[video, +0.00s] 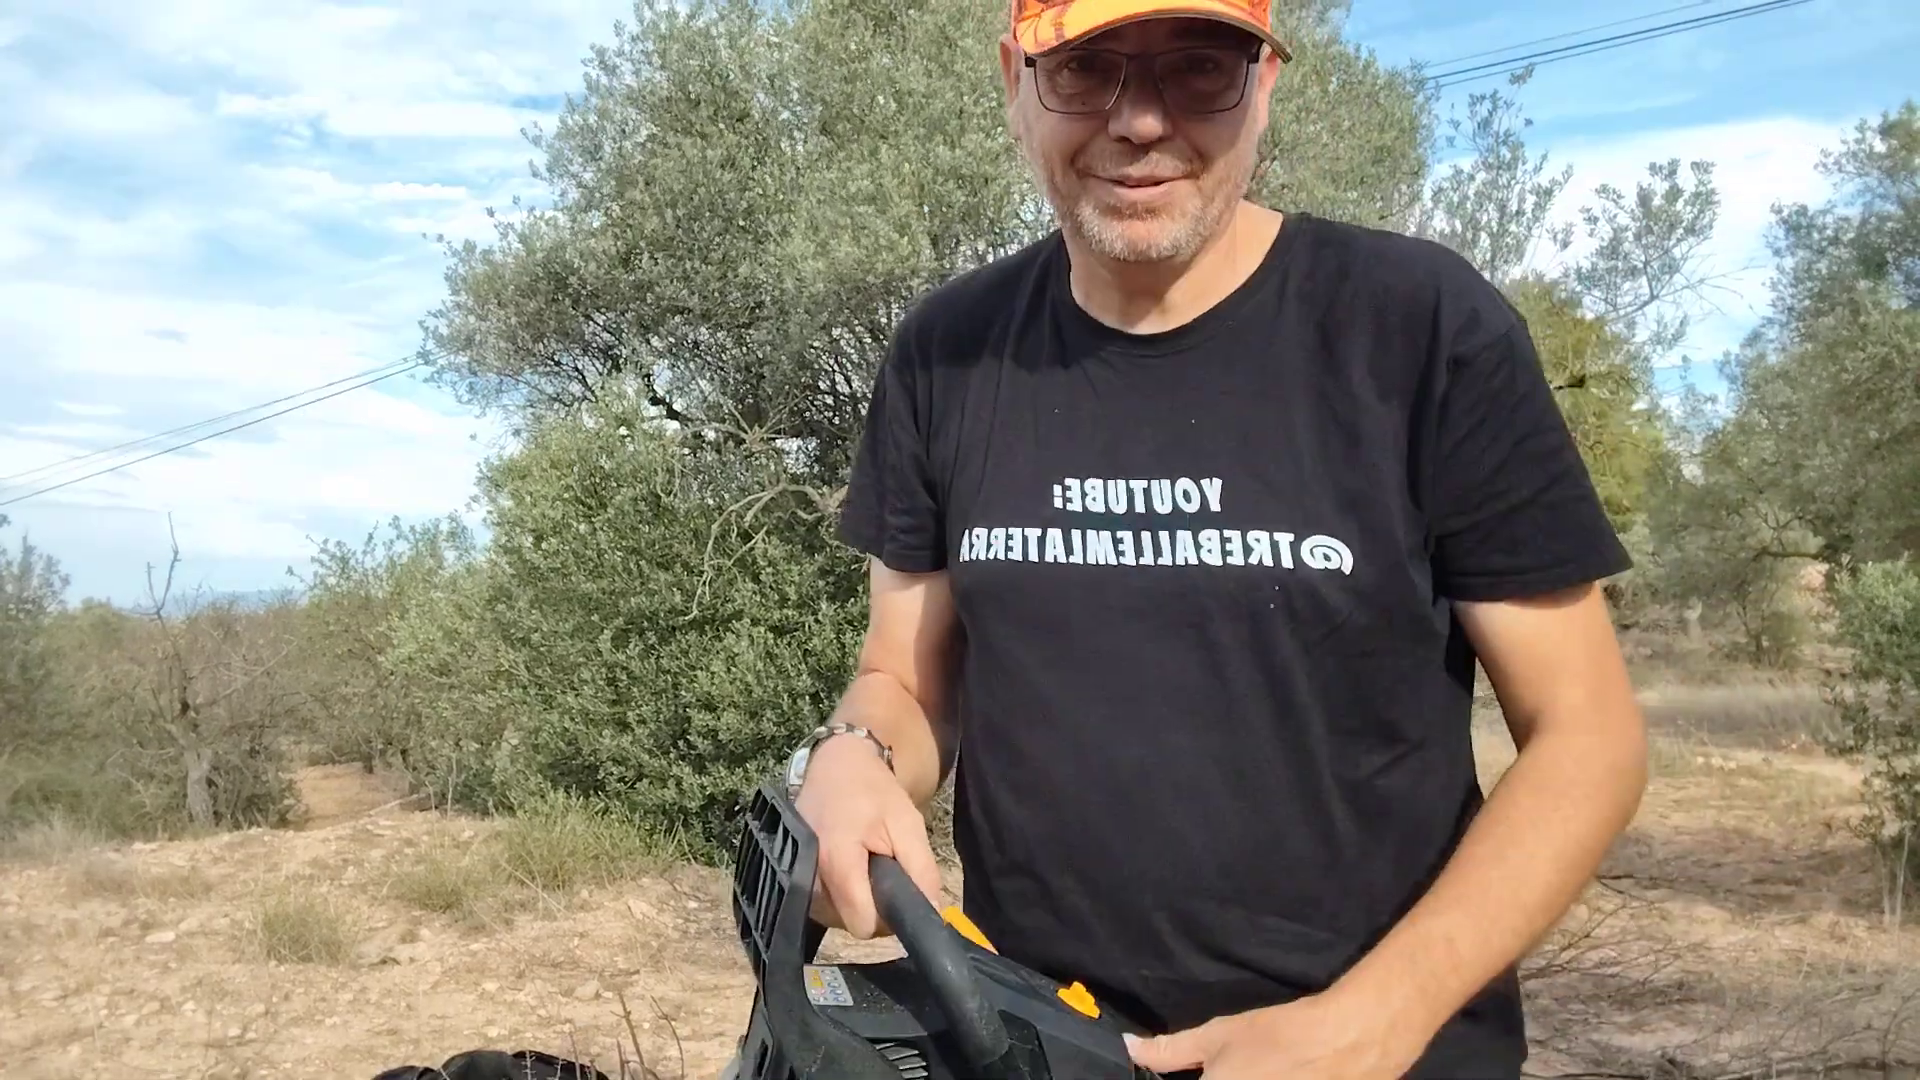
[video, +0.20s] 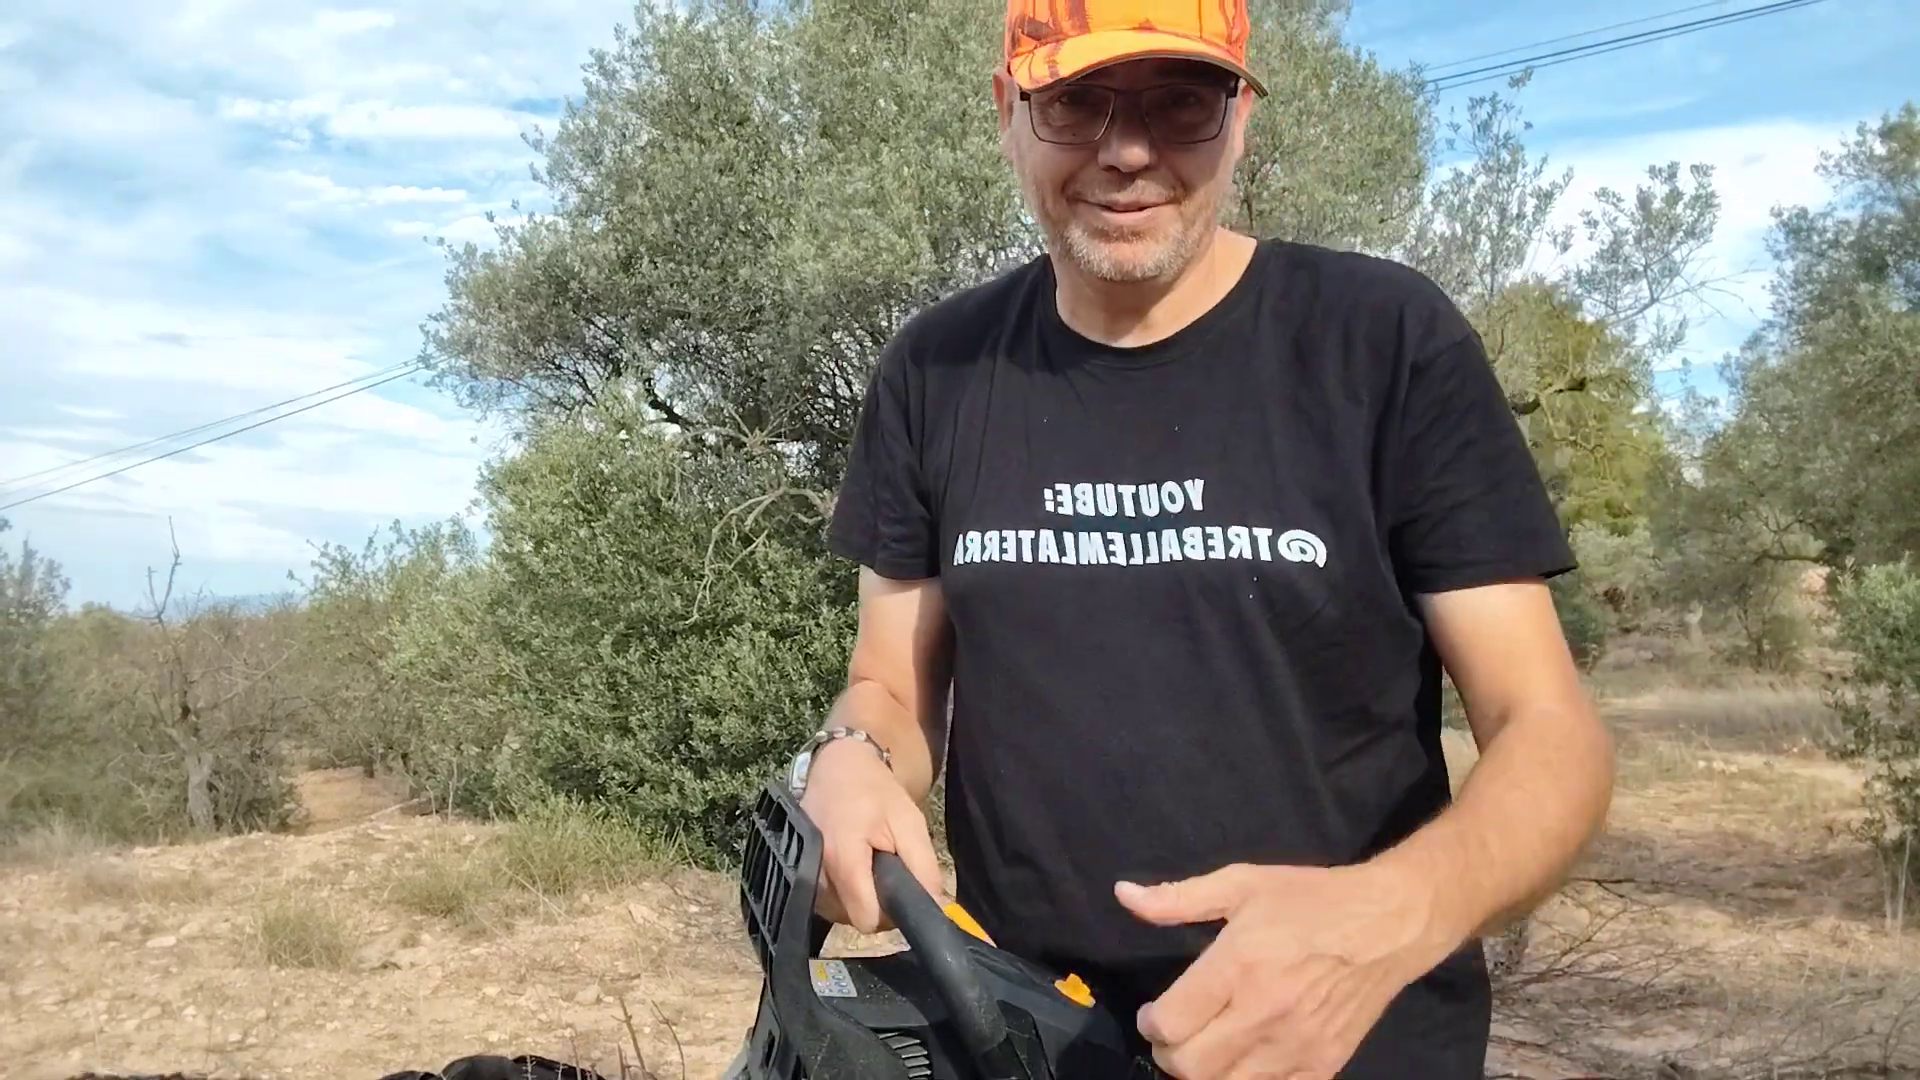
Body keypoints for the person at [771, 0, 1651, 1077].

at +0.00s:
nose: (1142, 121)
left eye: (1196, 67)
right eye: (1092, 68)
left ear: (1266, 88)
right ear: (1017, 90)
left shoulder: (1426, 328)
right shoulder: (946, 352)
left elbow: (1590, 739)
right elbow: (905, 677)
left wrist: (1366, 1022)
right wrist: (852, 761)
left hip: (1385, 1037)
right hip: (1040, 1034)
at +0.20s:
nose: (1128, 159)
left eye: (1178, 107)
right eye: (1078, 111)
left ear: (1243, 120)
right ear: (1013, 124)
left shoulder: (1387, 338)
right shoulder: (937, 371)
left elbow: (1554, 738)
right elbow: (892, 697)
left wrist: (1393, 912)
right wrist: (852, 763)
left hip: (1363, 1037)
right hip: (1038, 1035)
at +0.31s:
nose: (1119, 162)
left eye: (1172, 112)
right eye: (1071, 113)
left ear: (1229, 124)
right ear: (1003, 125)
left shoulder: (1370, 343)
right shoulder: (931, 371)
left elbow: (1570, 742)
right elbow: (880, 683)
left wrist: (1383, 771)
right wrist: (849, 759)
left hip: (1343, 1030)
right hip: (1035, 1027)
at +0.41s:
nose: (1109, 169)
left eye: (1161, 119)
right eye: (1061, 120)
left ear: (1221, 123)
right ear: (994, 132)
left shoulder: (1362, 344)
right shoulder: (930, 376)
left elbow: (1587, 738)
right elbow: (878, 683)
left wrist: (1390, 645)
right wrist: (848, 758)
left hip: (1340, 1025)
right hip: (1041, 1025)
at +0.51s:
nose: (1101, 172)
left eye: (1152, 124)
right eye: (1057, 124)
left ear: (1214, 131)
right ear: (991, 136)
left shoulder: (1359, 341)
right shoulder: (930, 380)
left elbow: (1586, 731)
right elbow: (881, 687)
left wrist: (1376, 536)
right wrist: (847, 757)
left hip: (1339, 1019)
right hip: (1038, 1019)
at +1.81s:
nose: (1100, 272)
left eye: (1146, 234)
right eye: (1061, 231)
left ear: (1225, 171)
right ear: (1014, 181)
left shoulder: (1370, 346)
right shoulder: (958, 384)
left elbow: (1578, 738)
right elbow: (908, 698)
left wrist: (1329, 606)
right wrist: (840, 740)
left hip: (1357, 1025)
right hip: (1066, 1012)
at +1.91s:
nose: (1101, 271)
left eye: (1145, 234)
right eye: (1061, 232)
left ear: (1221, 174)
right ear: (1012, 180)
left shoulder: (1367, 339)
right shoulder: (955, 377)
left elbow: (1573, 721)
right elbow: (902, 686)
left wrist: (1321, 727)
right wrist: (828, 726)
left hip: (1365, 1038)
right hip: (1073, 1029)